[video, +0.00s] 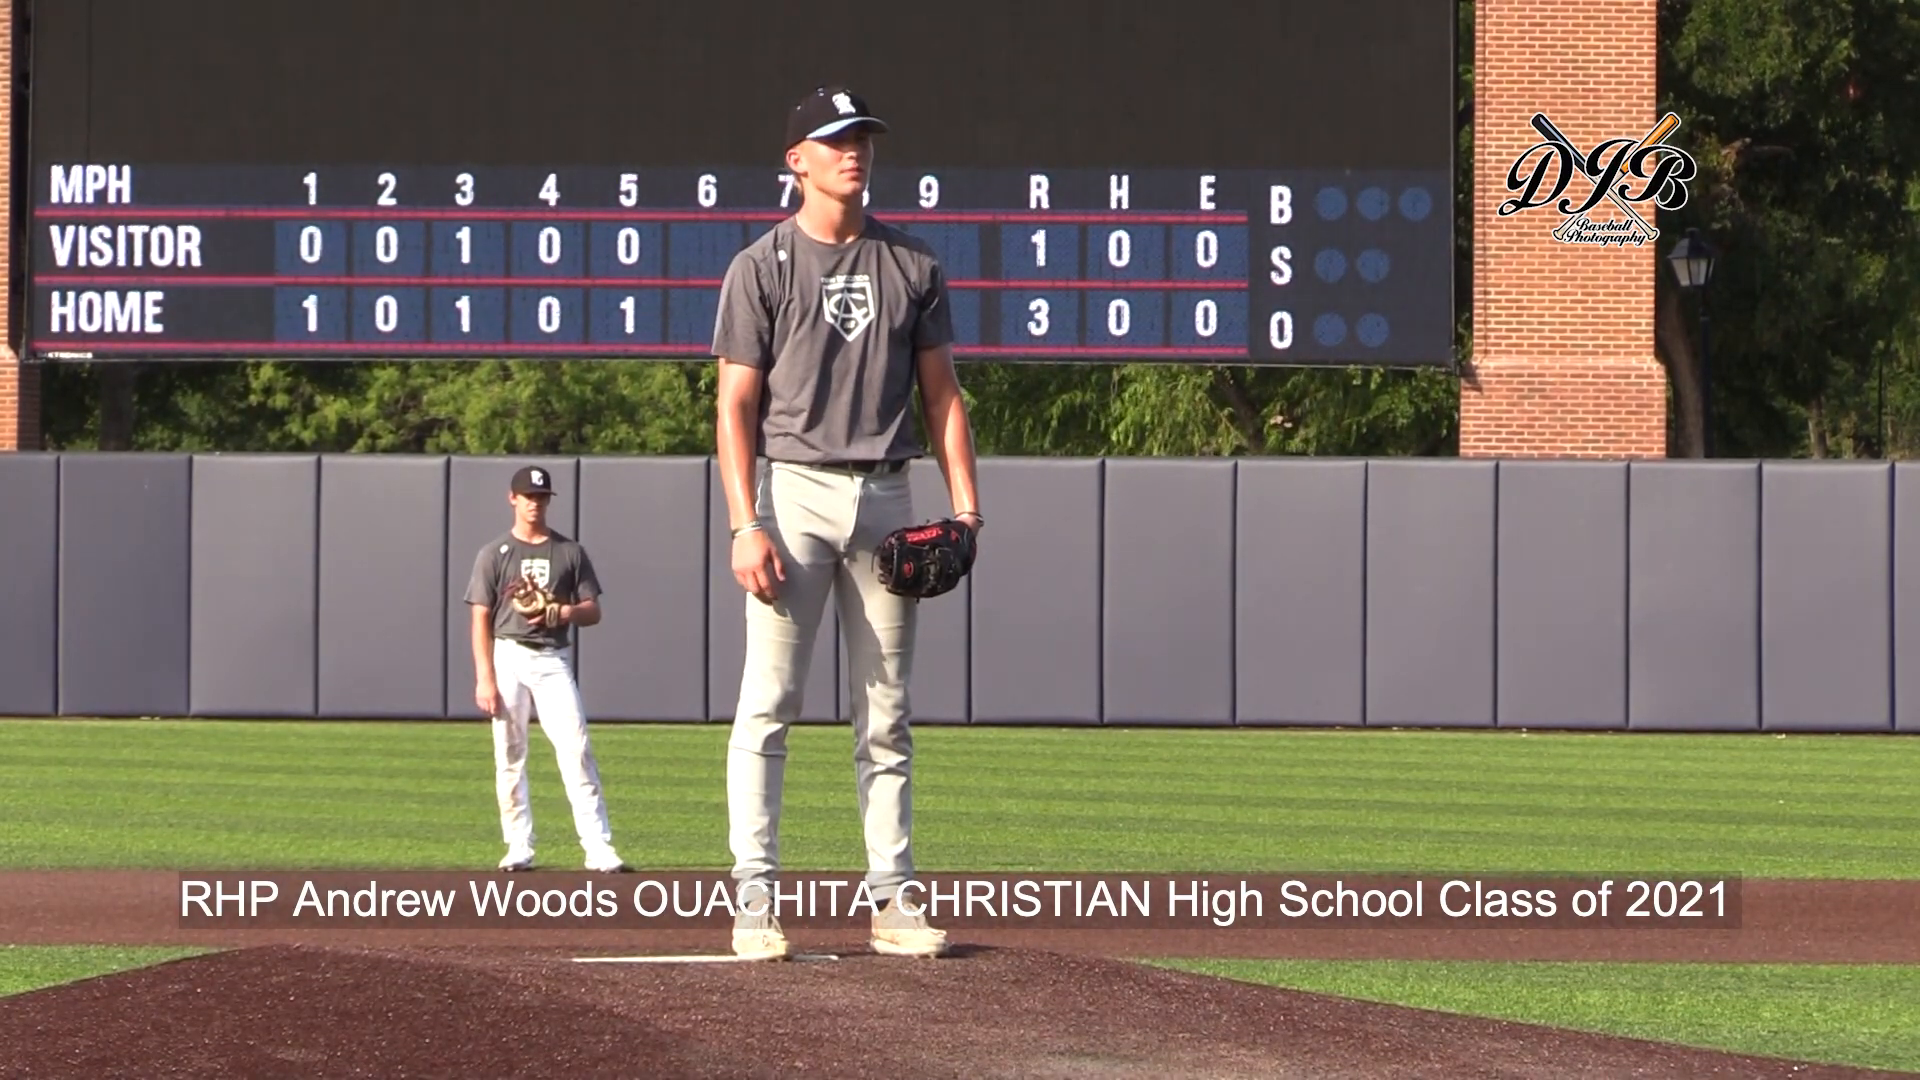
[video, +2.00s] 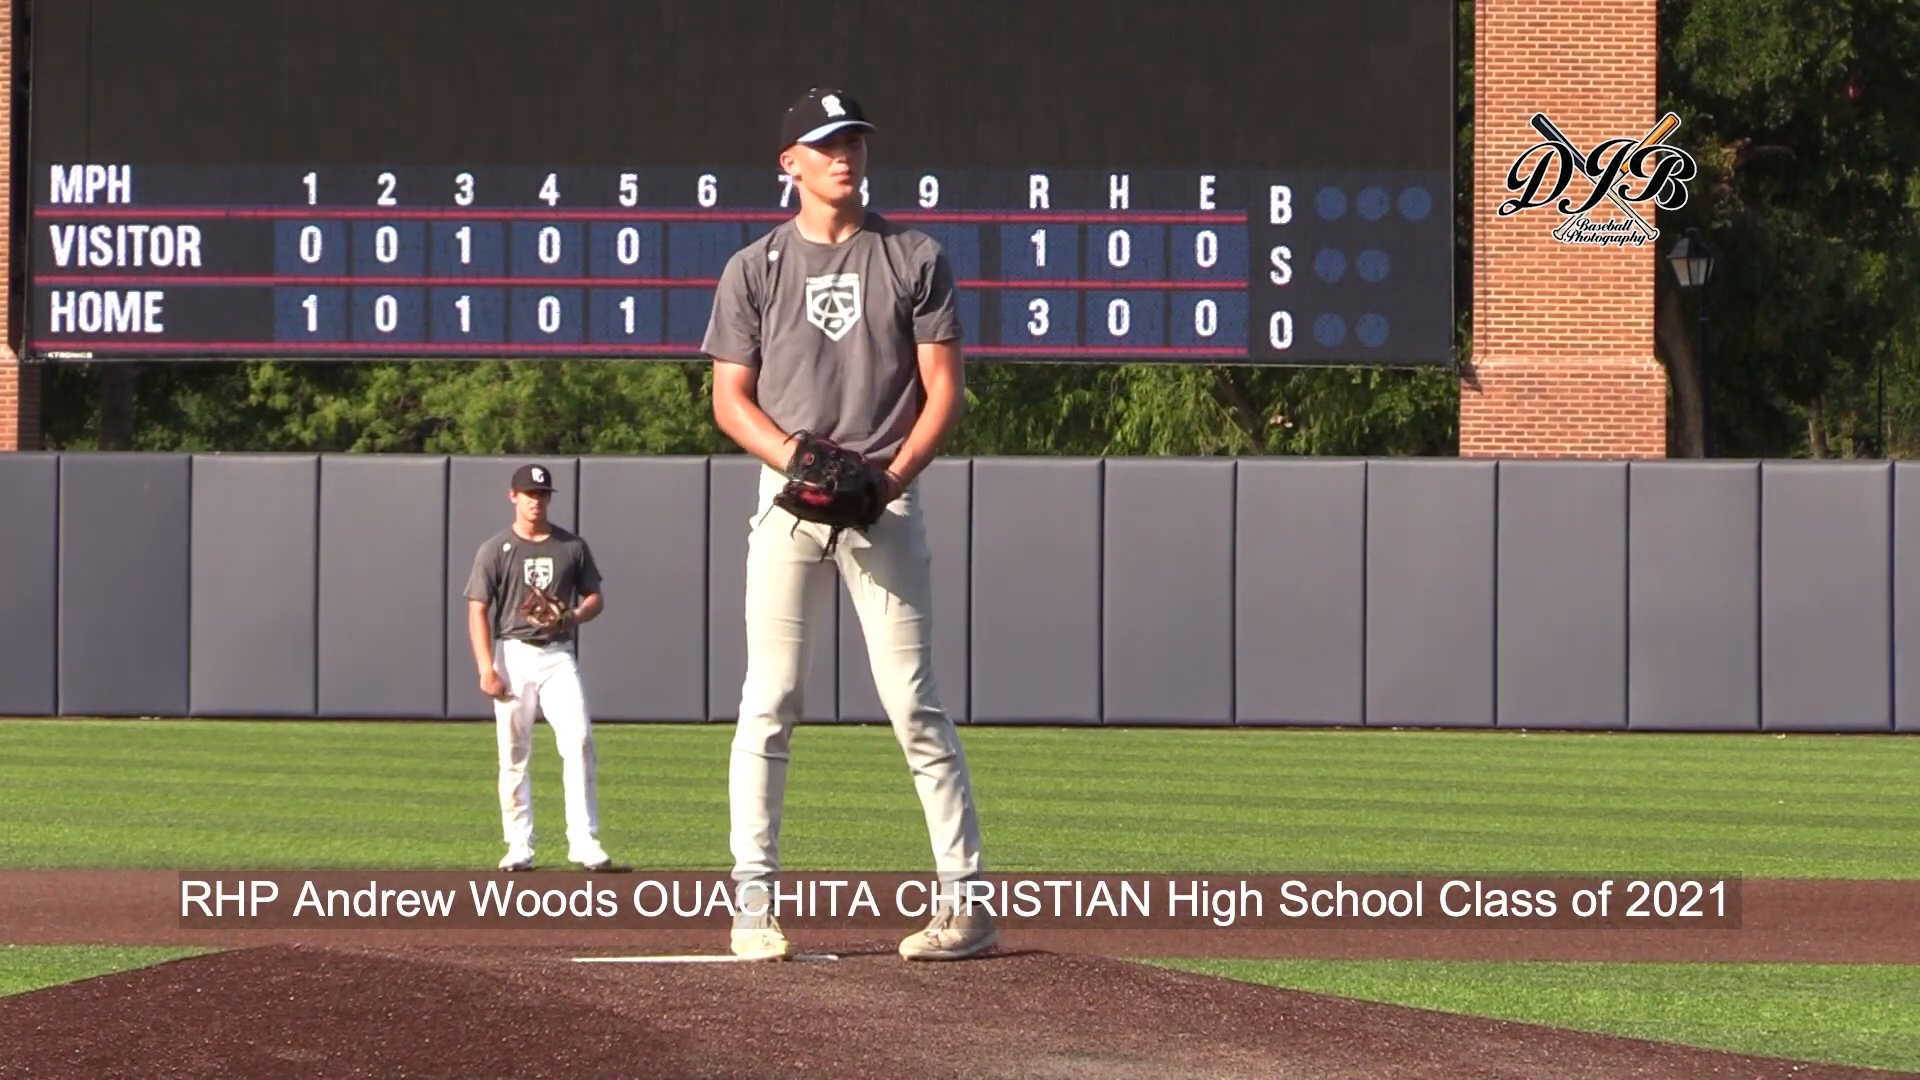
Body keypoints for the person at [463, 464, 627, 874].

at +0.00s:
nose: (535, 504)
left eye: (541, 497)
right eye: (528, 497)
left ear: (549, 500)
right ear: (513, 499)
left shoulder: (571, 552)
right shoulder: (493, 555)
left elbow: (592, 611)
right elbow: (480, 621)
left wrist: (560, 612)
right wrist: (485, 679)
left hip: (553, 659)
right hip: (506, 657)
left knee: (577, 749)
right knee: (509, 756)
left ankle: (600, 851)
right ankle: (518, 850)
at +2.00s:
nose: (536, 501)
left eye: (542, 494)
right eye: (529, 494)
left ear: (550, 498)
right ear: (514, 497)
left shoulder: (573, 547)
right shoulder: (493, 550)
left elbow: (594, 598)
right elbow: (478, 610)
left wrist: (571, 616)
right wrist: (487, 668)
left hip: (559, 657)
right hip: (512, 656)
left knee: (579, 742)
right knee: (513, 756)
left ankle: (585, 842)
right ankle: (519, 848)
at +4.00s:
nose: (532, 512)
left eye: (537, 505)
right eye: (524, 506)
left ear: (547, 508)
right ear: (509, 510)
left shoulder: (575, 548)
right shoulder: (497, 561)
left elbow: (602, 585)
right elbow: (481, 619)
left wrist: (587, 629)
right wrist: (478, 679)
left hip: (571, 666)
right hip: (523, 666)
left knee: (598, 752)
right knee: (516, 763)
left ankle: (601, 842)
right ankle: (516, 855)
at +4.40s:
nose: (580, 520)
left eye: (586, 512)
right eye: (572, 513)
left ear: (594, 513)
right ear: (557, 516)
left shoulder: (619, 554)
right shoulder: (542, 565)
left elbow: (644, 596)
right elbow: (522, 623)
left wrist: (626, 635)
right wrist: (513, 684)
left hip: (606, 673)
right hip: (558, 670)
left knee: (627, 764)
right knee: (533, 763)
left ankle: (653, 857)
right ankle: (517, 856)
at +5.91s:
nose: (582, 510)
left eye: (587, 502)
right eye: (573, 503)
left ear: (596, 506)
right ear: (559, 508)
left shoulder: (620, 555)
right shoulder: (541, 559)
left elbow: (641, 610)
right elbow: (529, 620)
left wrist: (657, 672)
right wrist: (546, 679)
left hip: (601, 668)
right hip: (551, 664)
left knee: (626, 761)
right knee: (531, 760)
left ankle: (653, 854)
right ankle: (514, 855)